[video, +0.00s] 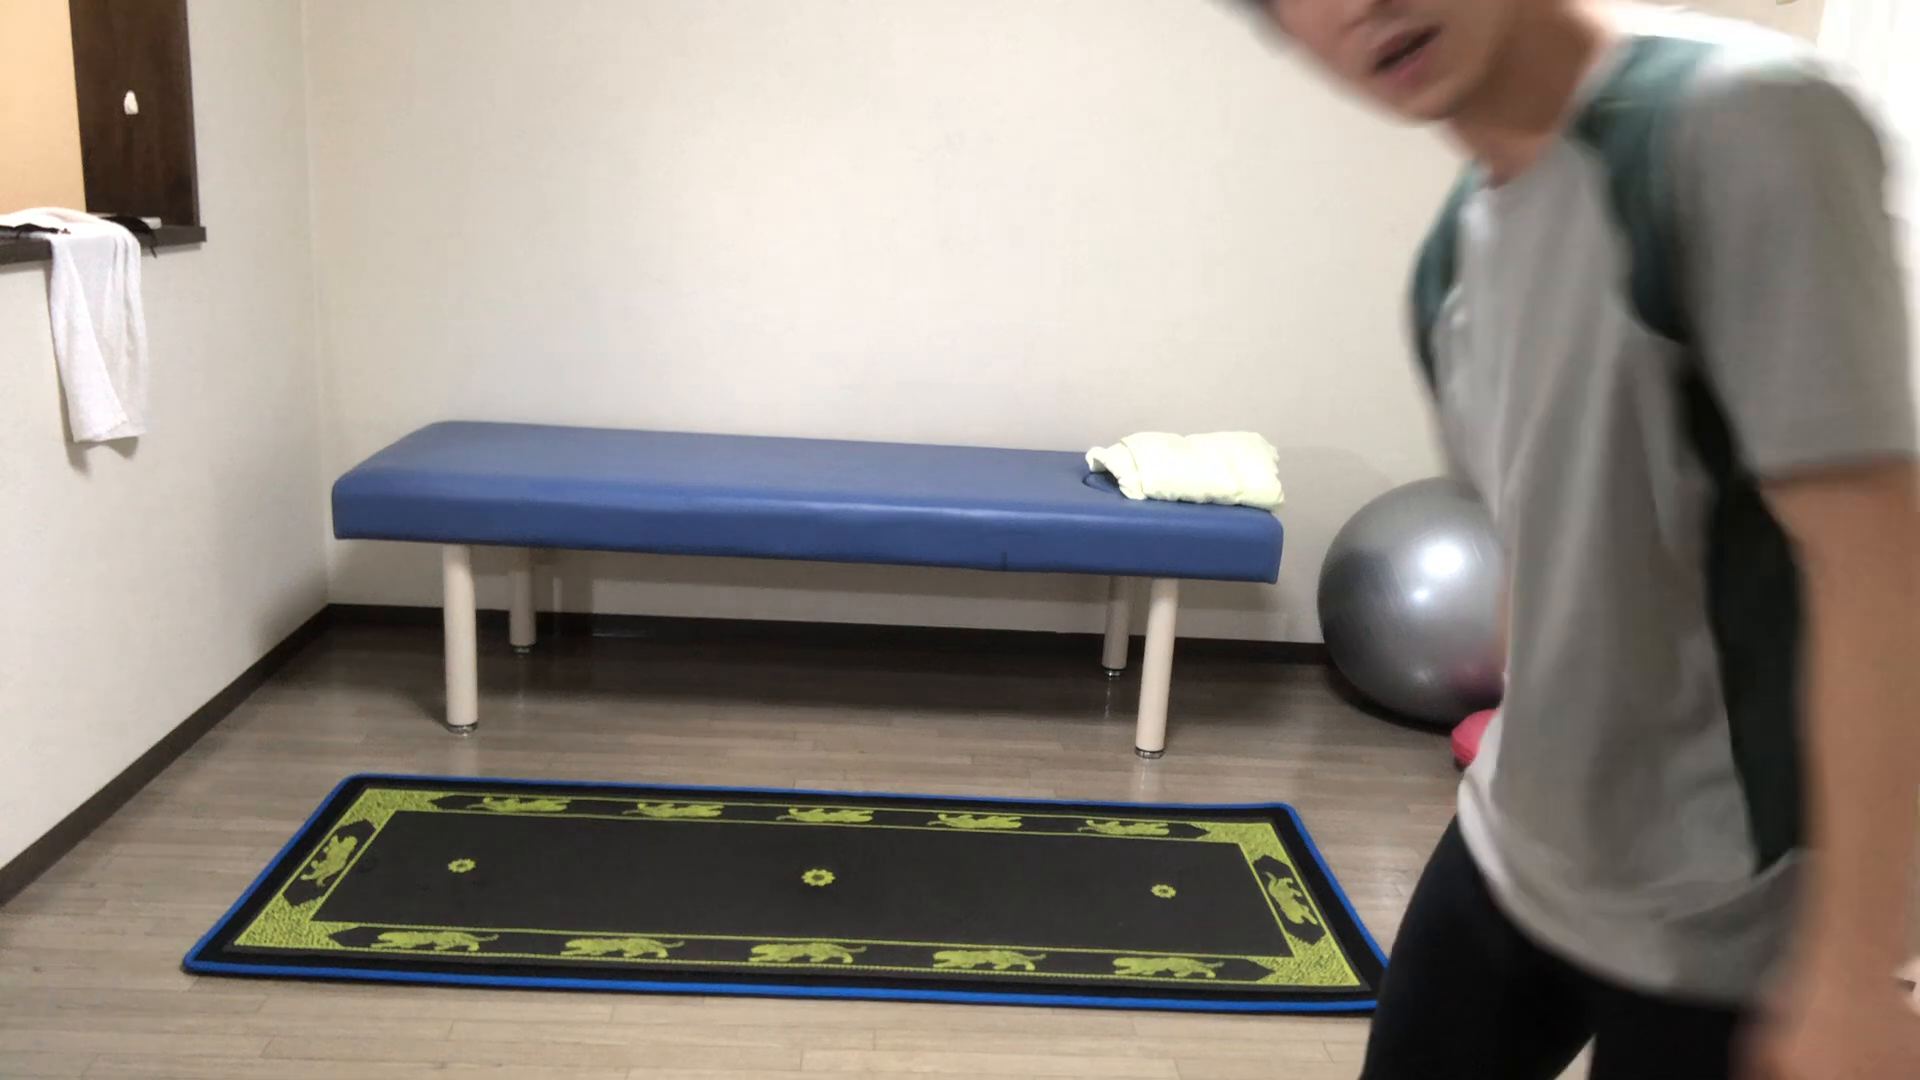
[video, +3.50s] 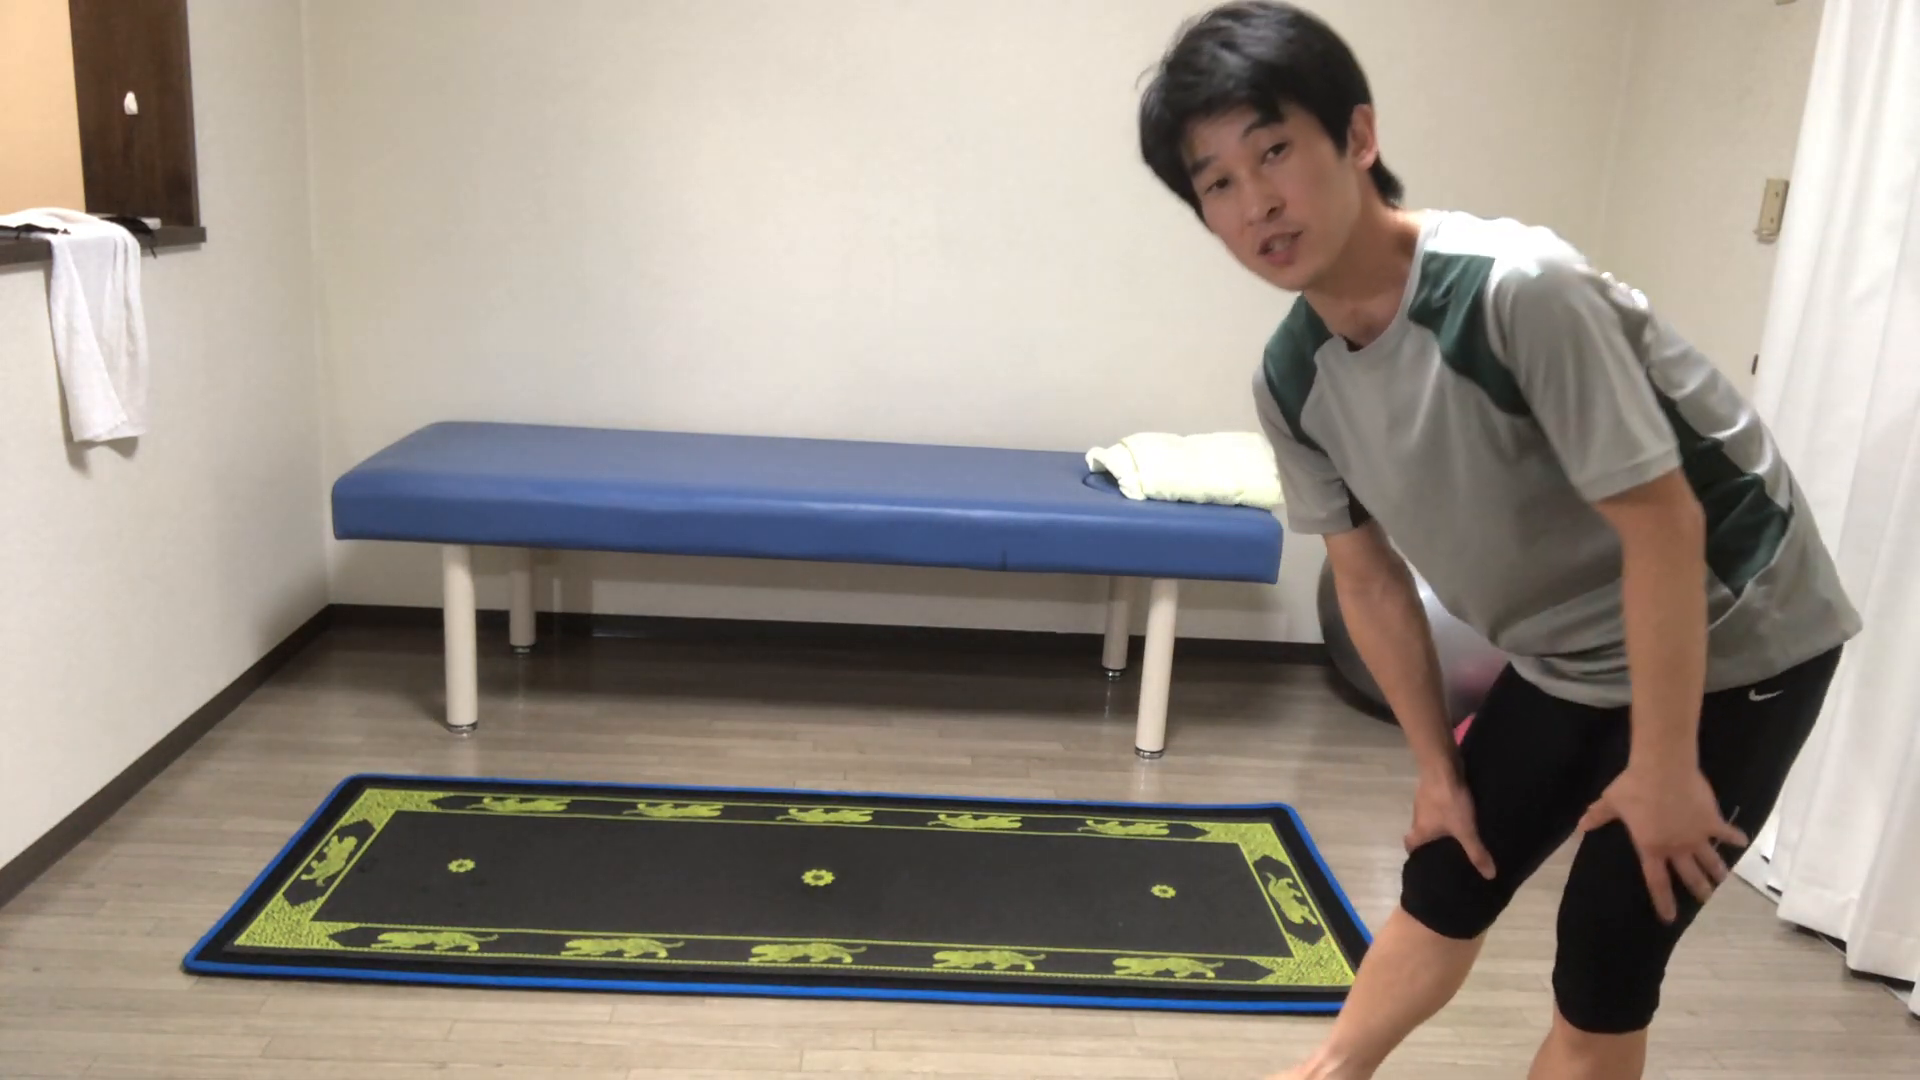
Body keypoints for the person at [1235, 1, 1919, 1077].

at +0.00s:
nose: (1347, 9)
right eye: (1287, 4)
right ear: (1282, 41)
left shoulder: (1749, 124)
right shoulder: (1448, 265)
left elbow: (1874, 560)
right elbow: (1546, 559)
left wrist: (1859, 979)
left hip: (1721, 937)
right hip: (1510, 860)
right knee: (1408, 1061)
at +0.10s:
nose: (1274, 40)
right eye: (1216, 33)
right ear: (1210, 89)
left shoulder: (1652, 117)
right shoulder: (1401, 295)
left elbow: (1817, 497)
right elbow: (1496, 540)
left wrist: (1695, 873)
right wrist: (1471, 779)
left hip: (1775, 849)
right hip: (1543, 815)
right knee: (1440, 1063)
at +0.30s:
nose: (1196, 182)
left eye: (1194, 111)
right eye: (1145, 185)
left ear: (1286, 49)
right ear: (1150, 222)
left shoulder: (1517, 184)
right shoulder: (1362, 334)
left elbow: (1670, 517)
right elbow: (1499, 544)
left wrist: (1525, 818)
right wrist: (1492, 766)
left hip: (1804, 766)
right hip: (1633, 754)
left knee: (1590, 1064)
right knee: (1493, 1050)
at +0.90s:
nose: (1335, 256)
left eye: (1346, 192)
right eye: (1286, 235)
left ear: (1436, 149)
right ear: (1270, 262)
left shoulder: (1614, 341)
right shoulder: (1396, 364)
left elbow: (1697, 617)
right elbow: (1548, 526)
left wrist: (1639, 844)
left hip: (1753, 709)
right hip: (1589, 669)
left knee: (1605, 1029)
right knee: (1378, 907)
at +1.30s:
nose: (1303, 143)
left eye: (1328, 88)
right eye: (1261, 117)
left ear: (1415, 66)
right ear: (1241, 141)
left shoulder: (1545, 269)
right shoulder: (1327, 279)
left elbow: (1604, 532)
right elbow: (1391, 465)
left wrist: (1583, 747)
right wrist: (1385, 644)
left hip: (1655, 619)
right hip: (1504, 596)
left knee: (1577, 944)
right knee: (1379, 828)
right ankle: (1330, 1060)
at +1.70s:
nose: (1168, 248)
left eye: (1182, 194)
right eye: (1129, 230)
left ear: (1259, 172)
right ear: (1116, 252)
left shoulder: (1408, 329)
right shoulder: (1194, 340)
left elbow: (1486, 558)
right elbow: (1273, 517)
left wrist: (1515, 747)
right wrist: (1342, 688)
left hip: (1597, 582)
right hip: (1442, 574)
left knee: (1529, 889)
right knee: (1356, 806)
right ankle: (1325, 1061)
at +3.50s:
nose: (1253, 204)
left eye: (1274, 150)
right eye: (1215, 186)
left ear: (1356, 138)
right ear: (1203, 219)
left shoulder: (1519, 292)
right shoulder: (1293, 376)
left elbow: (1664, 524)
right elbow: (1369, 580)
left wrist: (1664, 763)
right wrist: (1435, 767)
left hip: (1748, 628)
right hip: (1573, 637)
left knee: (1611, 925)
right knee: (1446, 876)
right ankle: (1336, 1063)